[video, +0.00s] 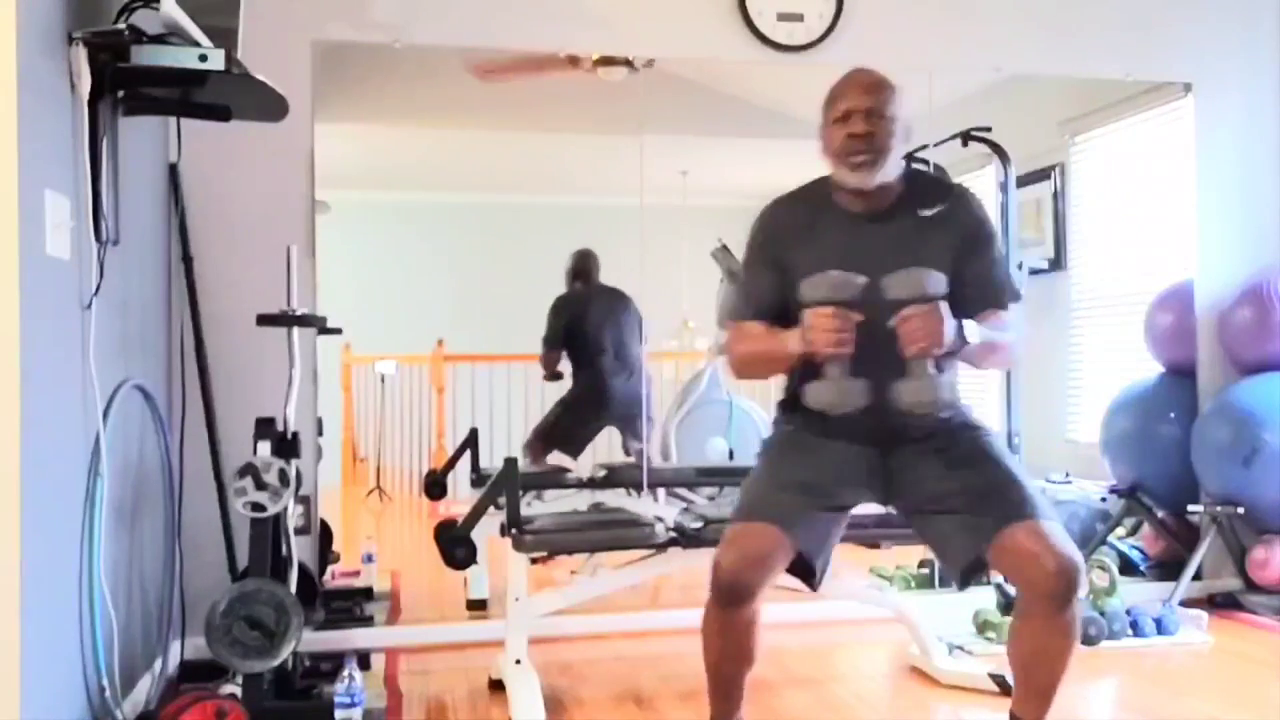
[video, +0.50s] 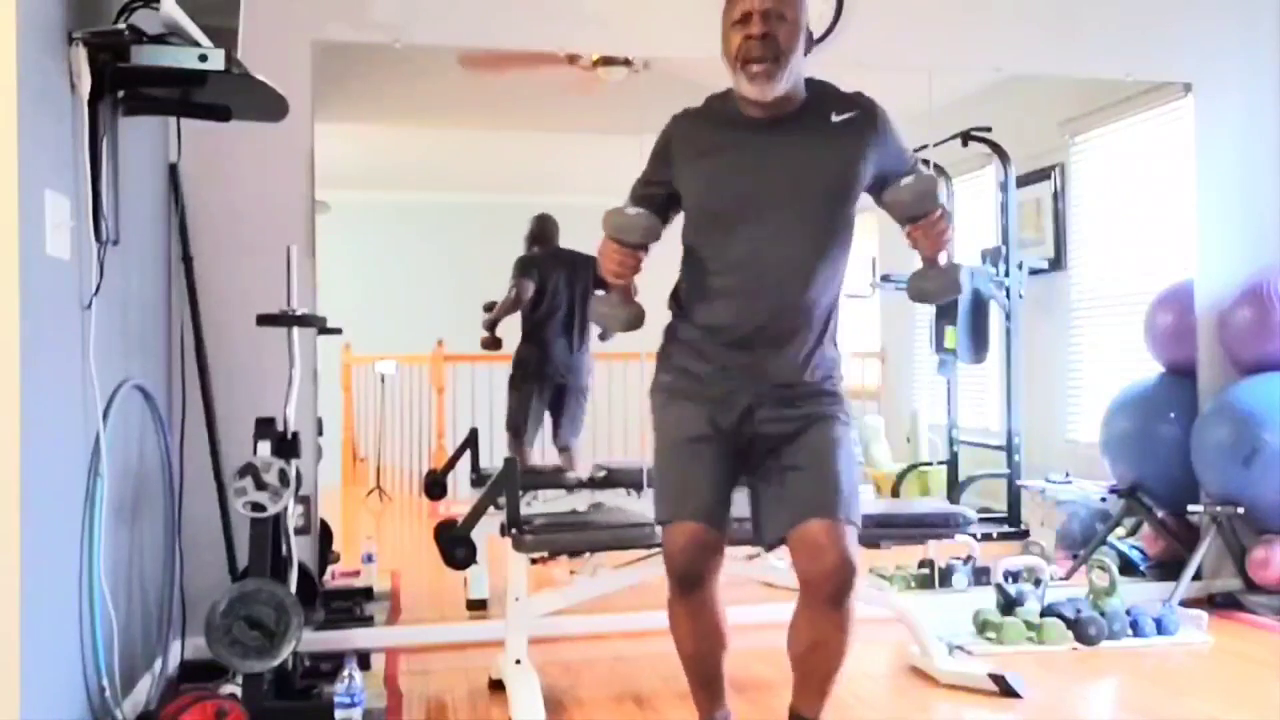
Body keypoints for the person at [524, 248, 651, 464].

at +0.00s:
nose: (568, 276)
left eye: (569, 271)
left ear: (571, 273)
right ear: (597, 273)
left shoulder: (565, 303)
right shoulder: (623, 300)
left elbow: (550, 359)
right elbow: (639, 345)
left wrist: (551, 372)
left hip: (590, 395)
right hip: (634, 393)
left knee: (534, 449)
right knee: (647, 454)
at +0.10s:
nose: (554, 266)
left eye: (555, 262)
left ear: (557, 263)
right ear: (584, 263)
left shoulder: (552, 294)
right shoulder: (613, 291)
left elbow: (536, 348)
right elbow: (631, 347)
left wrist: (539, 362)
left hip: (579, 385)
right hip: (620, 384)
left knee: (531, 448)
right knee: (636, 452)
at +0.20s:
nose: (542, 248)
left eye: (543, 244)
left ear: (546, 244)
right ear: (572, 242)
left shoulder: (541, 273)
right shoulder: (603, 270)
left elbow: (529, 326)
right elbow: (624, 321)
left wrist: (520, 337)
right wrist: (593, 326)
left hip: (564, 368)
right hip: (605, 367)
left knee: (533, 443)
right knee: (618, 440)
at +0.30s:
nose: (536, 236)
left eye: (537, 232)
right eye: (539, 233)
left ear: (539, 231)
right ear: (565, 230)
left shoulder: (535, 257)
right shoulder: (596, 256)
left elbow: (523, 305)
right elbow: (626, 304)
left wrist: (506, 320)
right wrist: (599, 315)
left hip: (555, 355)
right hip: (596, 355)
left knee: (533, 430)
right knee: (598, 424)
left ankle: (532, 492)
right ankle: (601, 477)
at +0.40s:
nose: (529, 237)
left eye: (530, 233)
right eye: (531, 234)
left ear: (535, 233)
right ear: (560, 231)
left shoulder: (532, 258)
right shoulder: (589, 257)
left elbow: (522, 296)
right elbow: (620, 288)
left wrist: (497, 317)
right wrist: (603, 314)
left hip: (543, 359)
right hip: (583, 360)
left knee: (530, 434)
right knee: (580, 434)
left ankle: (532, 495)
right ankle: (582, 498)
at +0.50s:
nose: (527, 241)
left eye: (528, 237)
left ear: (531, 237)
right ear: (557, 236)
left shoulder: (529, 262)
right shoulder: (583, 262)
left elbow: (522, 295)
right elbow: (619, 287)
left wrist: (493, 320)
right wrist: (610, 323)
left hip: (536, 363)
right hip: (576, 366)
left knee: (520, 437)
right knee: (568, 439)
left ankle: (524, 502)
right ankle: (577, 504)